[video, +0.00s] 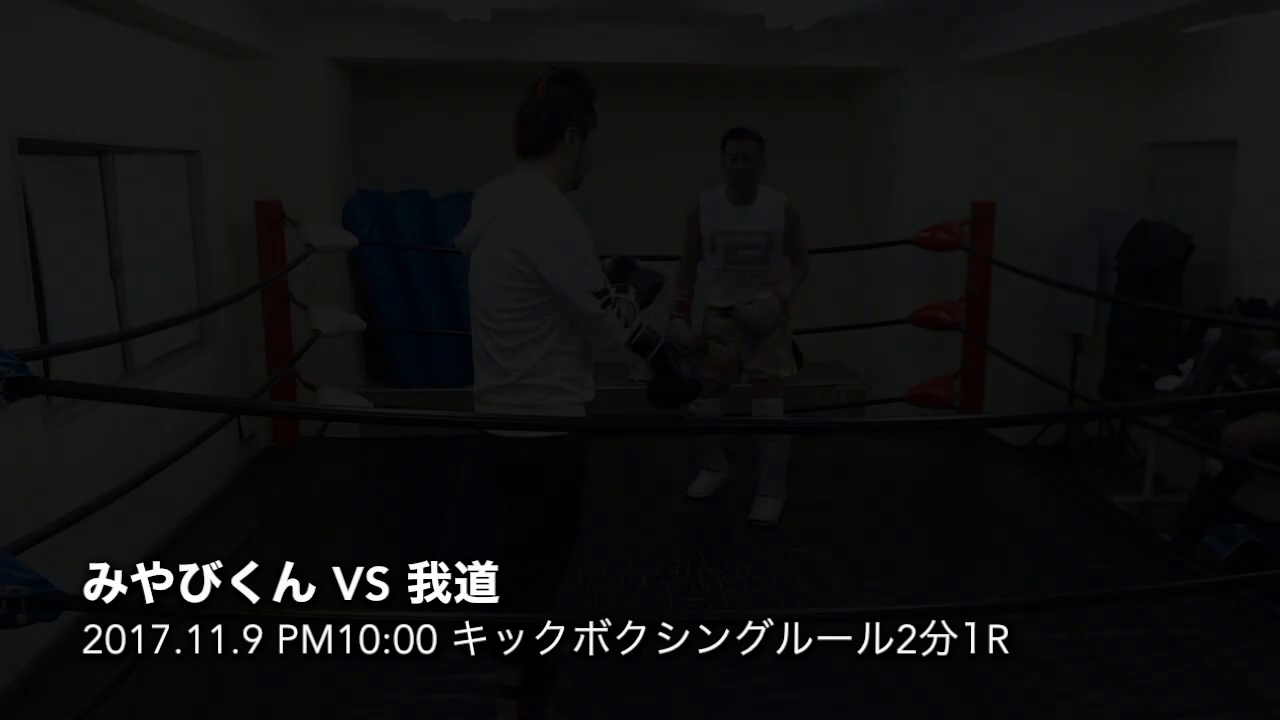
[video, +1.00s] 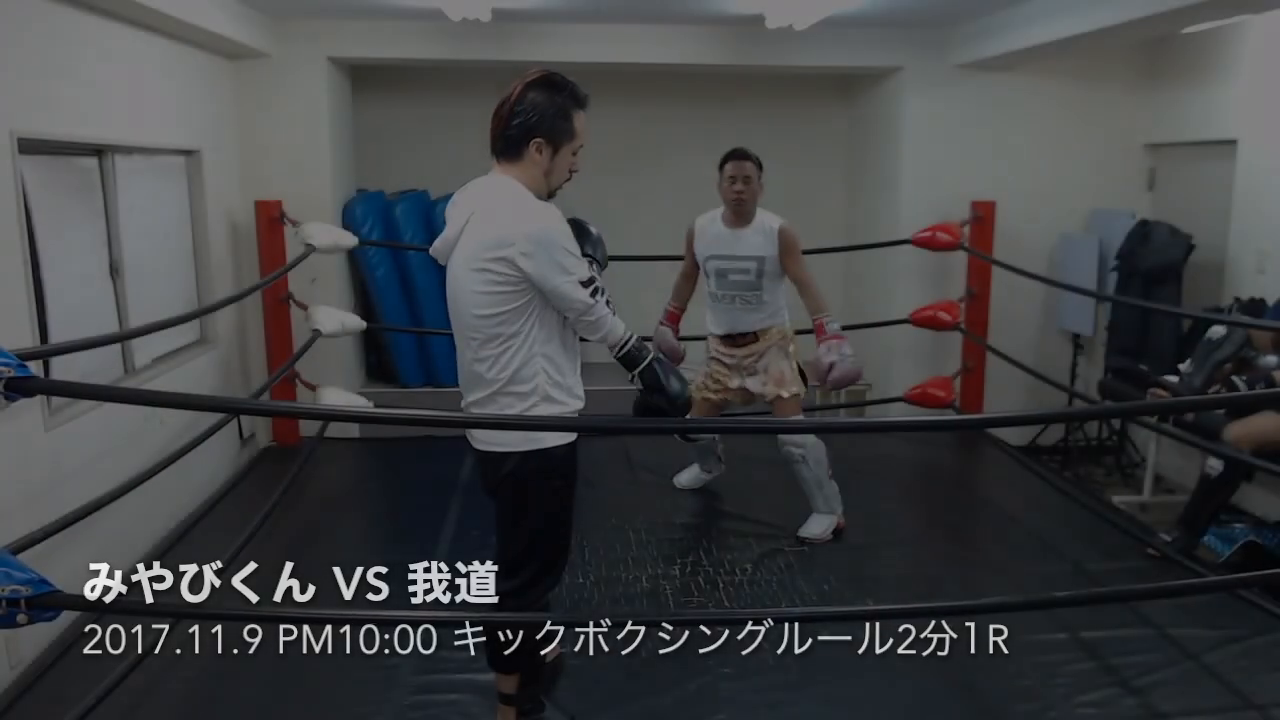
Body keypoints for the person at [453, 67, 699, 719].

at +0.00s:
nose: (591, 152)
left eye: (589, 137)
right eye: (589, 138)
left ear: (532, 132)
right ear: (573, 137)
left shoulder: (496, 201)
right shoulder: (547, 213)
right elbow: (595, 311)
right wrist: (657, 351)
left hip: (502, 411)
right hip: (547, 417)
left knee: (522, 559)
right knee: (543, 563)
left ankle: (520, 688)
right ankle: (527, 693)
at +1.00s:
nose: (578, 164)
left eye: (580, 150)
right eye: (574, 150)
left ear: (527, 143)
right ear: (540, 147)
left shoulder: (471, 200)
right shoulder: (535, 221)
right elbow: (586, 309)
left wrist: (567, 250)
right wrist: (644, 365)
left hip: (492, 420)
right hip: (535, 429)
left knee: (520, 556)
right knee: (534, 567)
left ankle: (521, 664)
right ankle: (513, 702)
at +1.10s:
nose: (572, 166)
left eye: (575, 152)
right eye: (570, 151)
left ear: (515, 142)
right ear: (536, 148)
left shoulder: (468, 200)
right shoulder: (534, 221)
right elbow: (585, 308)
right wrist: (646, 348)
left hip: (491, 418)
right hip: (531, 426)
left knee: (522, 555)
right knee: (530, 568)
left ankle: (522, 660)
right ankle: (513, 702)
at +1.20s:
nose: (569, 165)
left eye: (571, 152)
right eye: (566, 151)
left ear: (508, 141)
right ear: (533, 147)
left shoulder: (466, 199)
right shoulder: (532, 219)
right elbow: (583, 316)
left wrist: (564, 260)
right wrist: (651, 333)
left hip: (489, 419)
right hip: (530, 427)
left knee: (521, 556)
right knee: (527, 570)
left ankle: (524, 662)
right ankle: (513, 704)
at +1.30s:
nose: (565, 163)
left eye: (567, 150)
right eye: (562, 149)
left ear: (503, 140)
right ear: (530, 145)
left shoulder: (464, 199)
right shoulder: (530, 217)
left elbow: (578, 269)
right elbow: (582, 315)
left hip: (488, 421)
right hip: (527, 429)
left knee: (522, 557)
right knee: (523, 573)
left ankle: (524, 660)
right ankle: (512, 705)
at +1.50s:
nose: (560, 160)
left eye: (562, 147)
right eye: (556, 146)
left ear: (497, 141)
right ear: (524, 146)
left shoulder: (463, 199)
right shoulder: (525, 220)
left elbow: (572, 265)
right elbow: (585, 312)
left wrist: (650, 311)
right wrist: (616, 332)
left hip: (484, 418)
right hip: (520, 427)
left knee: (517, 557)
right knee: (519, 575)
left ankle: (521, 656)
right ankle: (512, 706)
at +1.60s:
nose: (556, 161)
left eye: (558, 149)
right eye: (553, 147)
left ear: (495, 141)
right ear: (521, 146)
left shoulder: (457, 200)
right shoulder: (519, 223)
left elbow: (567, 263)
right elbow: (574, 322)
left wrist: (642, 309)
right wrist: (567, 250)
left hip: (481, 417)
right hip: (520, 426)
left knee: (511, 560)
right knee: (522, 573)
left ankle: (511, 677)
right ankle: (513, 705)